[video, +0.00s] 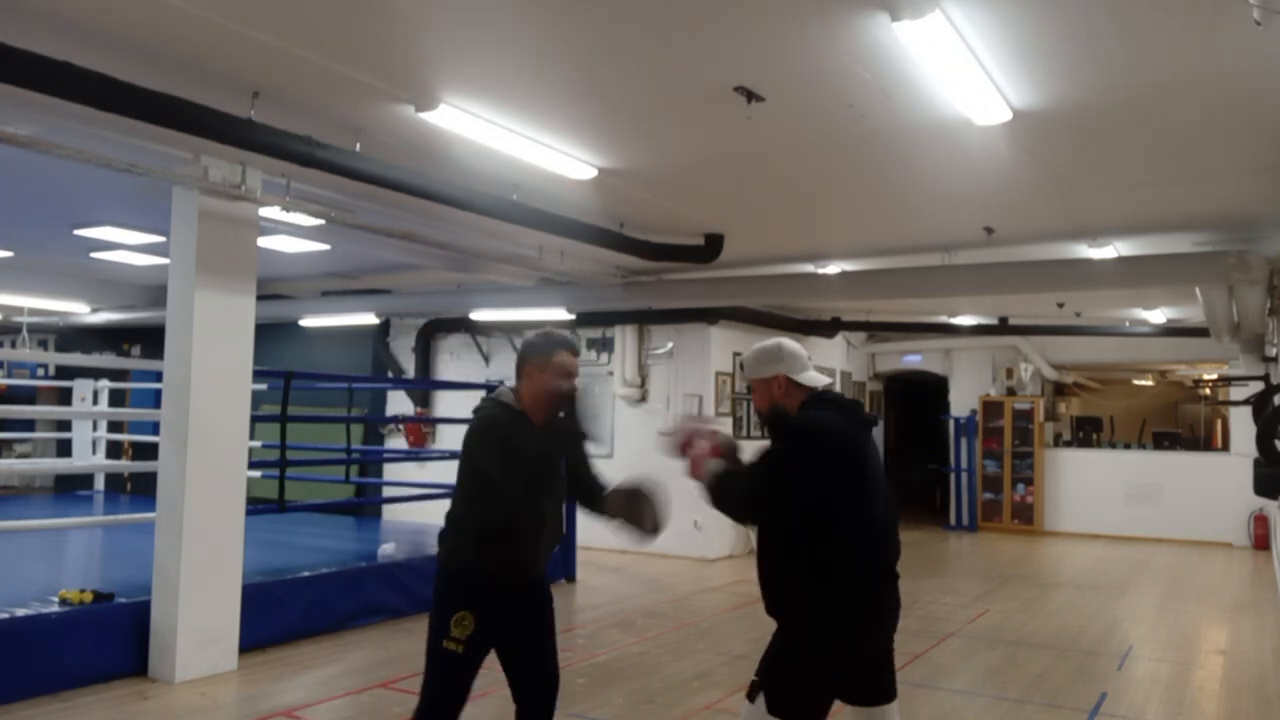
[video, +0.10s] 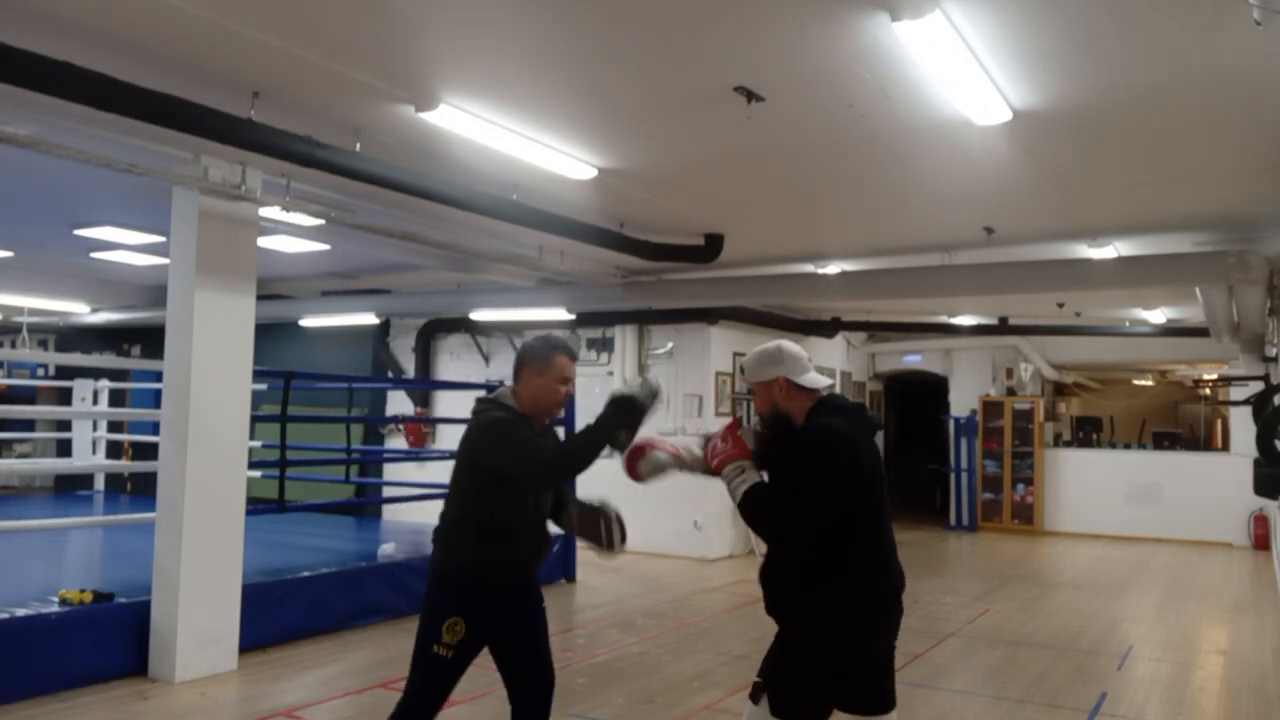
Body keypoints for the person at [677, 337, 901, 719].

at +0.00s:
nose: (753, 403)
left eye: (754, 390)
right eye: (752, 392)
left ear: (779, 384)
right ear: (785, 383)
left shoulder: (806, 433)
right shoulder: (843, 424)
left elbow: (754, 503)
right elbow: (778, 489)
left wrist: (711, 472)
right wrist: (730, 461)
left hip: (822, 613)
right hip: (867, 606)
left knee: (766, 709)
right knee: (874, 709)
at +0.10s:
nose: (755, 405)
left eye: (756, 393)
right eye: (753, 395)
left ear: (781, 386)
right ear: (786, 385)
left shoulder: (822, 437)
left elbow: (783, 530)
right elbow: (756, 455)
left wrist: (736, 469)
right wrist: (684, 457)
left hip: (829, 615)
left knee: (768, 709)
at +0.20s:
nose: (765, 407)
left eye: (766, 393)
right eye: (763, 395)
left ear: (791, 386)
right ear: (798, 384)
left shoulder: (823, 437)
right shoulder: (857, 424)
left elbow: (781, 531)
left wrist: (744, 460)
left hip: (826, 625)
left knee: (769, 710)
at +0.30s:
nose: (784, 404)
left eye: (784, 391)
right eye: (781, 393)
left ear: (809, 384)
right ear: (821, 382)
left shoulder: (825, 436)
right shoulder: (885, 424)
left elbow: (777, 527)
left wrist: (743, 457)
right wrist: (781, 456)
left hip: (828, 621)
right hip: (892, 613)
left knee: (775, 712)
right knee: (897, 712)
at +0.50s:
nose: (805, 405)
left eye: (807, 393)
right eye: (803, 394)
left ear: (834, 388)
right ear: (843, 386)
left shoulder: (848, 438)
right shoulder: (902, 427)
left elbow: (789, 518)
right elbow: (842, 499)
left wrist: (732, 463)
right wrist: (798, 444)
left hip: (842, 621)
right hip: (903, 614)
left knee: (786, 710)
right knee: (900, 712)